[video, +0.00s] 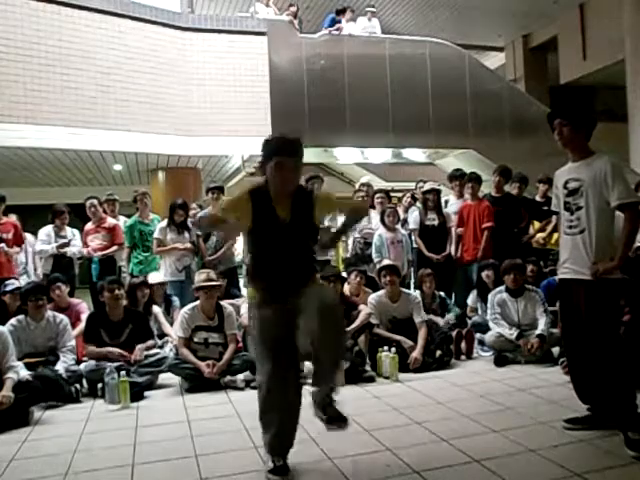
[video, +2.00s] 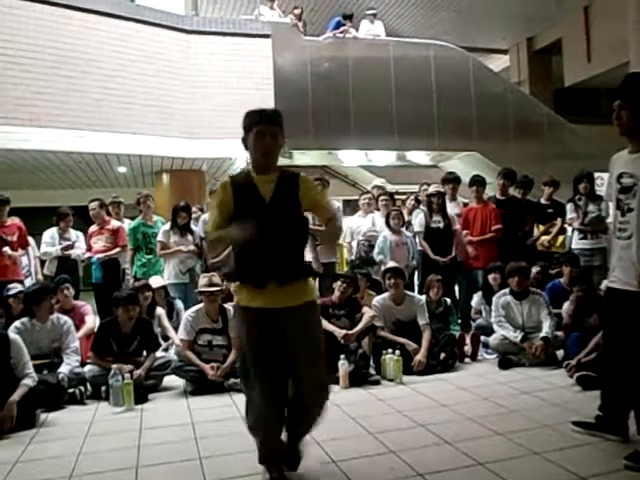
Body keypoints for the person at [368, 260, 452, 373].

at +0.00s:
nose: (389, 279)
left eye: (392, 275)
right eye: (385, 276)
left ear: (399, 277)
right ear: (380, 281)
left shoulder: (413, 299)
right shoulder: (374, 300)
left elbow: (422, 326)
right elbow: (375, 329)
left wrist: (418, 351)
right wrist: (401, 339)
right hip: (387, 337)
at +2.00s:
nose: (393, 282)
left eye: (397, 278)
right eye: (389, 278)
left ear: (403, 281)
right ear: (384, 282)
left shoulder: (418, 301)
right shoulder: (378, 302)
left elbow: (426, 329)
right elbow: (379, 330)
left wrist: (422, 354)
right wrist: (405, 342)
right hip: (391, 338)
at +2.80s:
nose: (393, 283)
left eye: (397, 278)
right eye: (389, 279)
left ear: (404, 281)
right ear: (384, 282)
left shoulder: (418, 300)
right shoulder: (378, 302)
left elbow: (426, 329)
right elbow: (378, 331)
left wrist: (422, 354)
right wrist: (405, 342)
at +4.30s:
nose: (392, 283)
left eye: (396, 279)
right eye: (389, 280)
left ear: (403, 281)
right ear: (385, 283)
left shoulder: (418, 300)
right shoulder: (378, 302)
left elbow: (426, 329)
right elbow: (379, 330)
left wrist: (422, 354)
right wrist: (405, 342)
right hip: (391, 337)